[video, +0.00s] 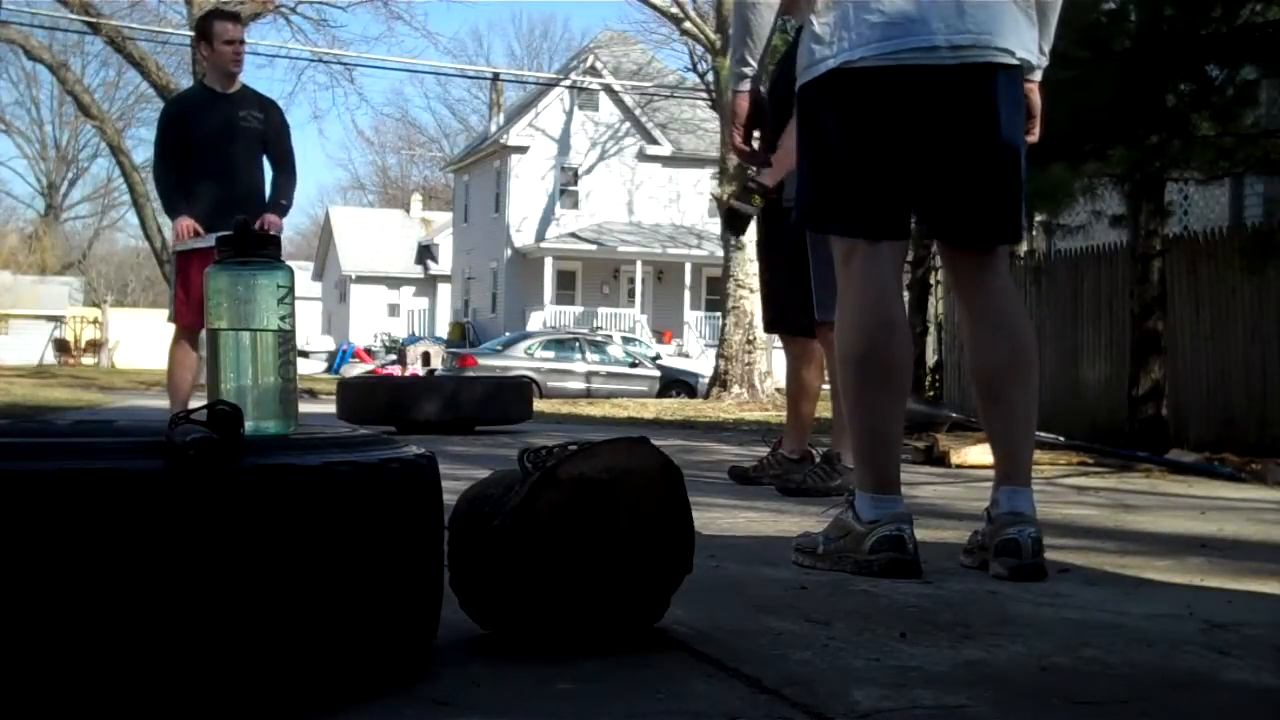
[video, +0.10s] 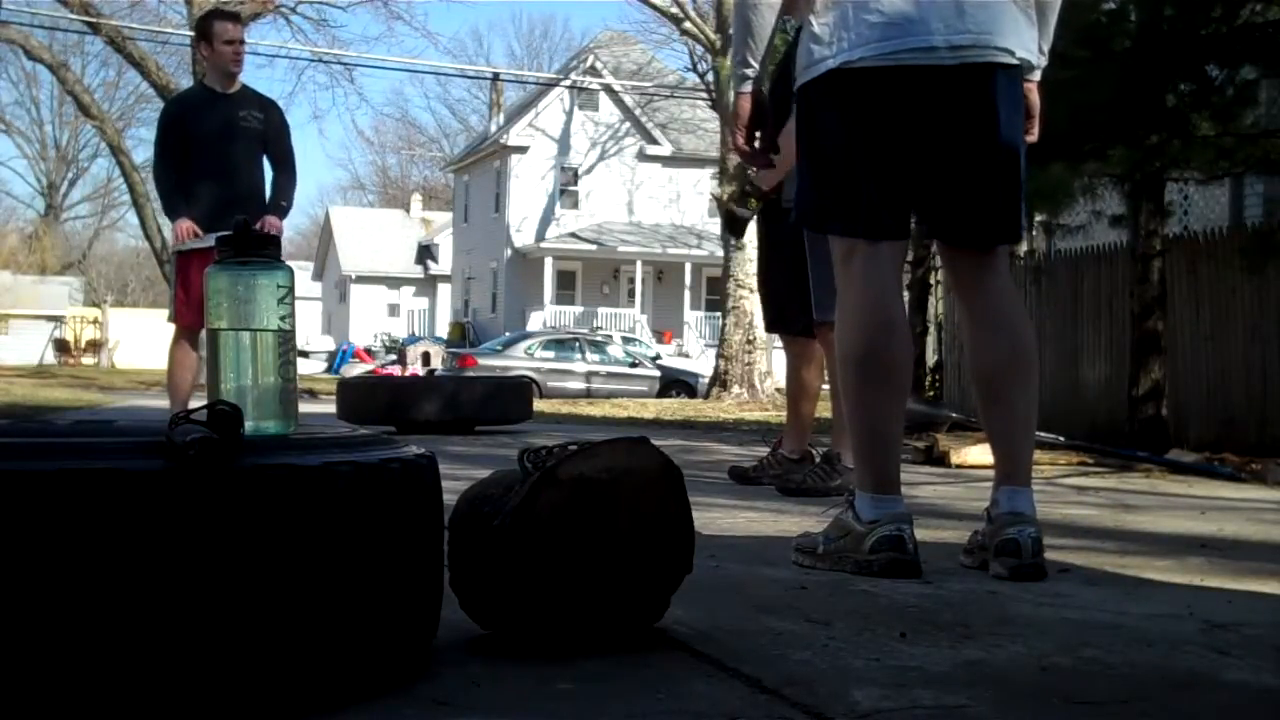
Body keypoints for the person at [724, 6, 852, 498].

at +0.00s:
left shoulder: (823, 36)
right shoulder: (788, 34)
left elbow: (808, 118)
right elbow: (781, 106)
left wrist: (770, 175)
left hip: (823, 199)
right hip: (784, 199)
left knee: (832, 330)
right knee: (796, 329)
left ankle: (845, 459)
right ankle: (794, 449)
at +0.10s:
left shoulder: (825, 39)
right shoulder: (786, 35)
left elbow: (820, 109)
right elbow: (777, 102)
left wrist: (781, 167)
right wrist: (764, 153)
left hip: (823, 195)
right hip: (783, 195)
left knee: (832, 328)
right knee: (796, 329)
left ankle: (846, 459)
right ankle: (794, 450)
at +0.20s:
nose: (779, 0)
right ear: (798, 1)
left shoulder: (817, 43)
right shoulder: (789, 42)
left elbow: (803, 133)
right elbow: (782, 121)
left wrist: (772, 182)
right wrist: (766, 169)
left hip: (820, 204)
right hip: (787, 205)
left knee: (830, 332)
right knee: (798, 333)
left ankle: (846, 460)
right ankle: (793, 451)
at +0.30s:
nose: (780, 1)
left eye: (785, 0)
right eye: (782, 2)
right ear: (798, 0)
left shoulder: (817, 40)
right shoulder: (791, 35)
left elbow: (806, 125)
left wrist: (774, 194)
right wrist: (771, 179)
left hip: (823, 201)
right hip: (790, 202)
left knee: (830, 329)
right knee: (797, 328)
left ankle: (844, 460)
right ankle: (794, 450)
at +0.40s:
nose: (778, 0)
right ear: (796, 0)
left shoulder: (820, 45)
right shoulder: (790, 42)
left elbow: (816, 120)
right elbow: (781, 110)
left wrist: (790, 179)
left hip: (820, 210)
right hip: (783, 210)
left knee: (828, 330)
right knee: (796, 331)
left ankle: (844, 459)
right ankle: (794, 450)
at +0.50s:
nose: (777, 4)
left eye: (783, 1)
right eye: (778, 3)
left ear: (802, 1)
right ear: (786, 7)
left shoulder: (826, 47)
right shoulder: (788, 44)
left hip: (822, 213)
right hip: (779, 213)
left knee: (829, 331)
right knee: (794, 331)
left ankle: (843, 459)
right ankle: (794, 450)